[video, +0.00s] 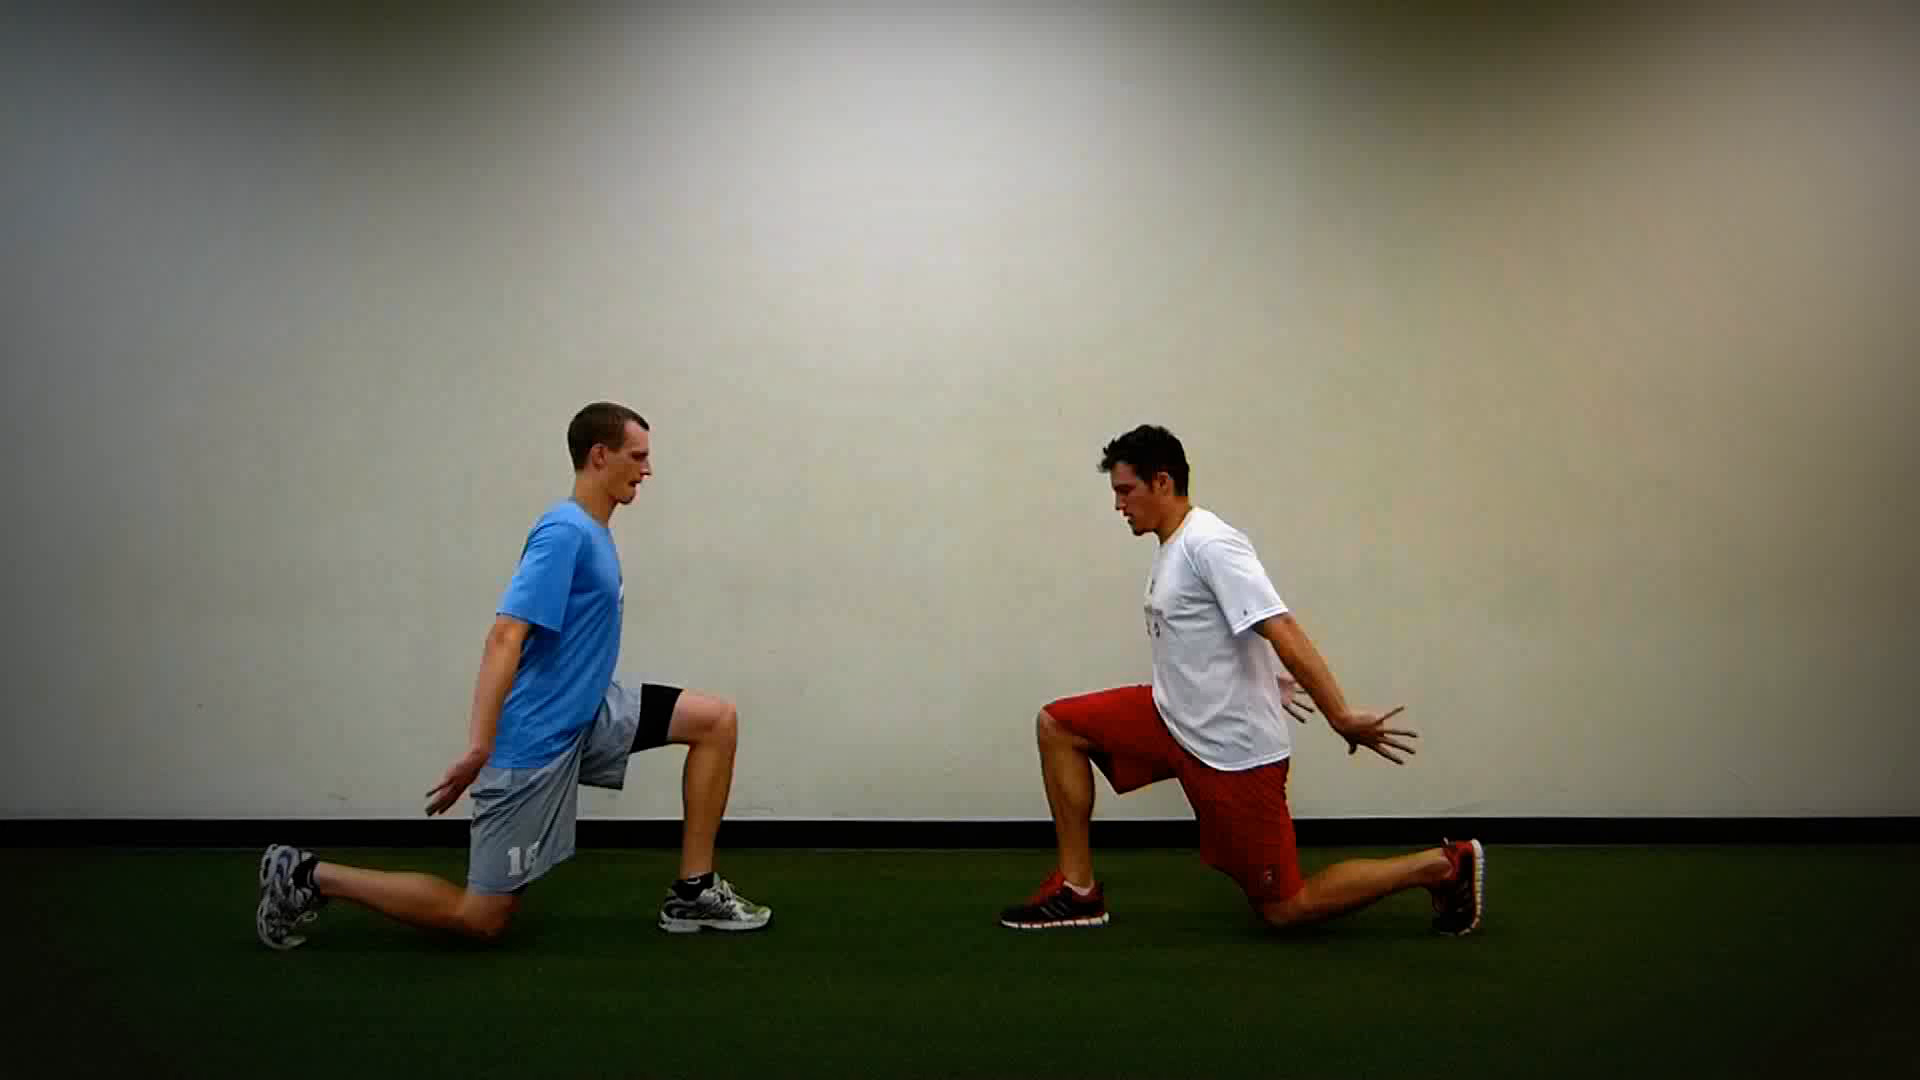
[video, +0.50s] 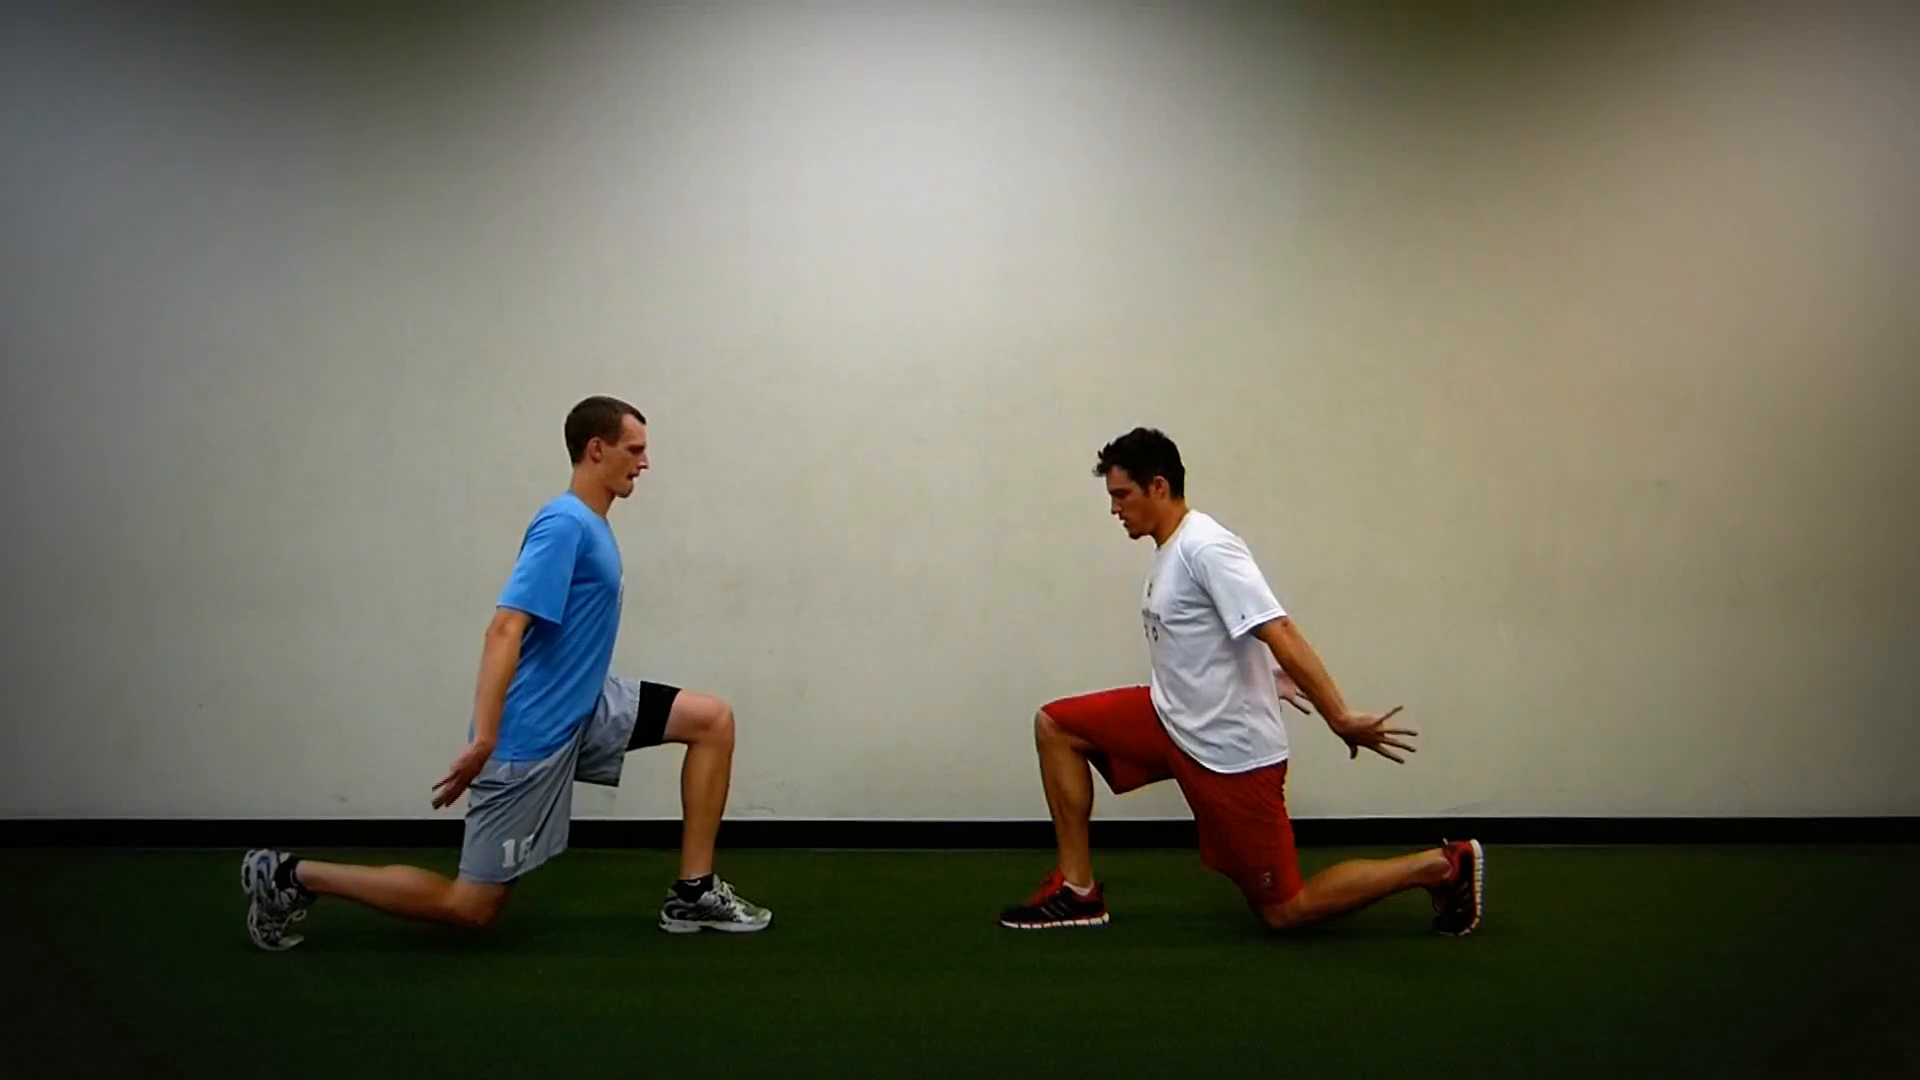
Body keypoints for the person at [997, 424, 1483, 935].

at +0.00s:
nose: (1118, 505)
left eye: (1125, 491)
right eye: (1115, 493)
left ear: (1163, 484)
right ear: (1155, 488)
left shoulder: (1213, 547)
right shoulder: (1175, 547)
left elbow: (1283, 630)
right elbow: (1214, 630)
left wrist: (1341, 716)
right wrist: (1262, 675)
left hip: (1237, 745)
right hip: (1178, 713)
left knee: (1284, 907)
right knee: (1060, 727)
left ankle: (1445, 865)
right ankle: (1076, 887)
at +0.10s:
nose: (1118, 504)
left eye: (1124, 491)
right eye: (1115, 492)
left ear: (1163, 483)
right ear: (1155, 487)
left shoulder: (1212, 547)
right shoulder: (1176, 547)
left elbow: (1283, 631)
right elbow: (1217, 630)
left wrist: (1340, 716)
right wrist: (1264, 676)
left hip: (1236, 747)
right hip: (1178, 713)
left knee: (1284, 907)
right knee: (1059, 727)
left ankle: (1445, 866)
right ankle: (1077, 888)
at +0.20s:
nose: (1117, 505)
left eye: (1124, 491)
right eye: (1114, 493)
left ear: (1162, 484)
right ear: (1155, 488)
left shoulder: (1212, 547)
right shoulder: (1176, 547)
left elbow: (1283, 632)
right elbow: (1220, 629)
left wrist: (1342, 717)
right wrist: (1267, 676)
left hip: (1236, 746)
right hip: (1177, 713)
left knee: (1284, 907)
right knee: (1059, 726)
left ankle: (1445, 866)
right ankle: (1077, 888)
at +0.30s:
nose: (1116, 506)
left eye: (1123, 492)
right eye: (1113, 494)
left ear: (1161, 484)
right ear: (1154, 488)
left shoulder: (1212, 548)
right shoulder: (1176, 547)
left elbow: (1283, 632)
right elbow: (1219, 629)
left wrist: (1342, 716)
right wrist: (1267, 676)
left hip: (1235, 747)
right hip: (1177, 713)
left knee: (1284, 908)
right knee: (1059, 726)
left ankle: (1445, 866)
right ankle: (1077, 888)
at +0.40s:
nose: (1115, 507)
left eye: (1122, 494)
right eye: (1112, 495)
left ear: (1160, 486)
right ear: (1153, 489)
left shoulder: (1211, 548)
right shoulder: (1175, 547)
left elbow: (1283, 634)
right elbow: (1217, 629)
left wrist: (1341, 717)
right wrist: (1266, 673)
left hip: (1234, 747)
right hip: (1176, 714)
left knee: (1284, 908)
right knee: (1058, 727)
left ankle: (1444, 866)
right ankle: (1077, 888)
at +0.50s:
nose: (1114, 508)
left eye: (1120, 495)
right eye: (1111, 496)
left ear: (1159, 487)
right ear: (1151, 490)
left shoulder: (1210, 550)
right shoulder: (1173, 549)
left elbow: (1283, 636)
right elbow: (1215, 633)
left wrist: (1340, 718)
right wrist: (1266, 675)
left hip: (1233, 748)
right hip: (1176, 714)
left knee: (1284, 909)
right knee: (1057, 727)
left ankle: (1444, 866)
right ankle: (1077, 888)